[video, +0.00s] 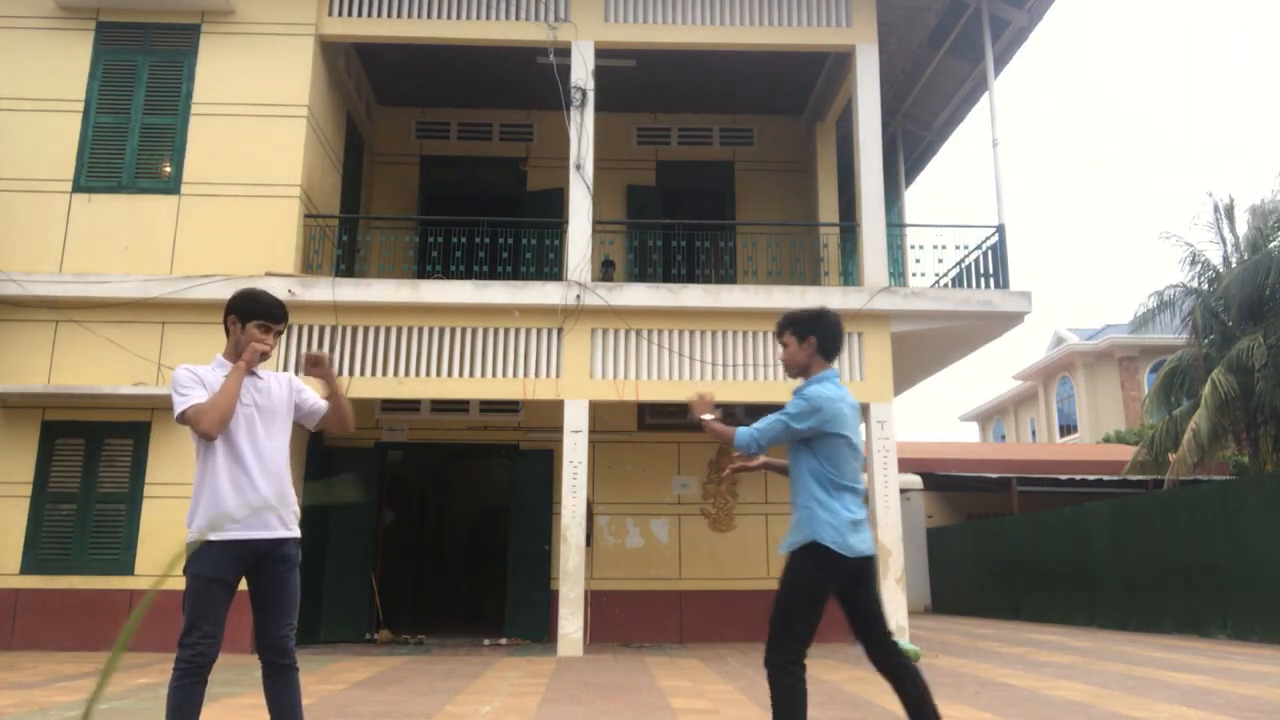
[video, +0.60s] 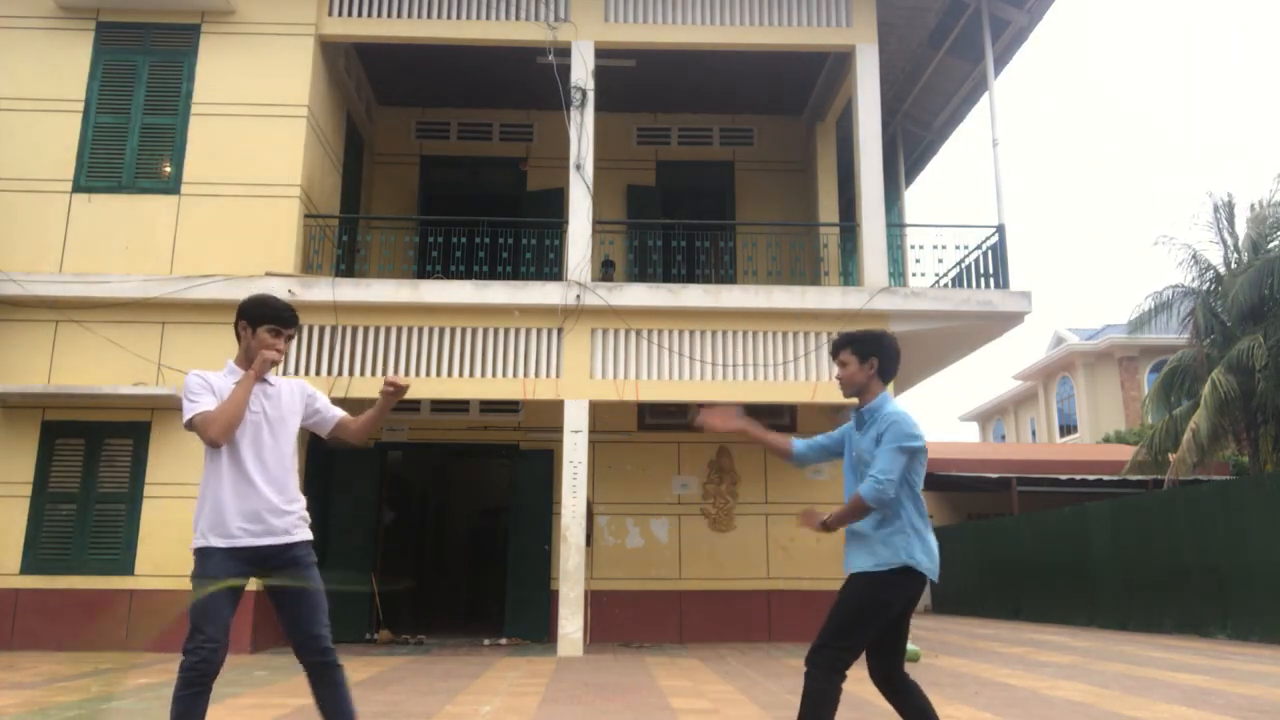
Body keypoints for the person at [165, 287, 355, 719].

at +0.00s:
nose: (268, 341)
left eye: (275, 334)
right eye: (261, 330)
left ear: (279, 338)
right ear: (232, 324)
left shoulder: (285, 385)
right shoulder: (192, 376)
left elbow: (341, 424)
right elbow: (208, 425)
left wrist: (330, 380)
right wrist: (241, 366)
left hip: (278, 537)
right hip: (217, 536)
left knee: (280, 653)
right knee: (197, 655)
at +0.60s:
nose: (280, 344)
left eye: (286, 338)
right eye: (273, 333)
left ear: (290, 342)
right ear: (244, 329)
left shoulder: (296, 392)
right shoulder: (203, 383)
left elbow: (354, 432)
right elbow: (215, 433)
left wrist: (385, 404)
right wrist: (251, 374)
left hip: (288, 540)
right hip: (222, 541)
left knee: (319, 653)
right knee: (203, 657)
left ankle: (345, 718)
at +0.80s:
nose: (305, 354)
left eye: (310, 348)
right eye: (296, 345)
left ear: (314, 352)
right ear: (265, 344)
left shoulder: (323, 403)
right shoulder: (229, 399)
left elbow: (378, 445)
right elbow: (245, 448)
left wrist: (406, 416)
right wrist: (281, 387)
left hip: (320, 556)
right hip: (251, 558)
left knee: (365, 652)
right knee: (215, 665)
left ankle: (383, 717)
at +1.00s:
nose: (331, 363)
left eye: (336, 356)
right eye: (322, 354)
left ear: (340, 361)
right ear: (292, 356)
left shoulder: (352, 412)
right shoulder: (257, 412)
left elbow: (406, 459)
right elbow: (274, 459)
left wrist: (431, 426)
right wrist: (313, 399)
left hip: (352, 564)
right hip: (281, 567)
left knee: (410, 652)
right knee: (209, 662)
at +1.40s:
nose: (348, 370)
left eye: (352, 362)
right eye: (340, 359)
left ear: (354, 367)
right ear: (310, 358)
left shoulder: (359, 420)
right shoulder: (267, 410)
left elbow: (408, 471)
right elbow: (283, 465)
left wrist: (458, 465)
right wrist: (330, 411)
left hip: (349, 567)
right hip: (279, 568)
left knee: (417, 648)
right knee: (201, 662)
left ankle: (424, 716)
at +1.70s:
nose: (340, 370)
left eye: (345, 363)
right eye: (331, 359)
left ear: (348, 369)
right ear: (301, 359)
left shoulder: (356, 420)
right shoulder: (262, 412)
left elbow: (401, 473)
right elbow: (275, 465)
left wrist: (453, 473)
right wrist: (323, 409)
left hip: (346, 570)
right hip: (274, 571)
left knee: (414, 648)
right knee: (196, 664)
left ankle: (423, 715)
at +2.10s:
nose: (338, 369)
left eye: (343, 361)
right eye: (329, 357)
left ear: (347, 366)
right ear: (299, 358)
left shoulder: (355, 419)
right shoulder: (261, 413)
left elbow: (400, 472)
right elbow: (276, 466)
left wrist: (451, 472)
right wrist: (322, 409)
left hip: (347, 569)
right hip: (275, 570)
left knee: (415, 648)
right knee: (200, 662)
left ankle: (423, 718)